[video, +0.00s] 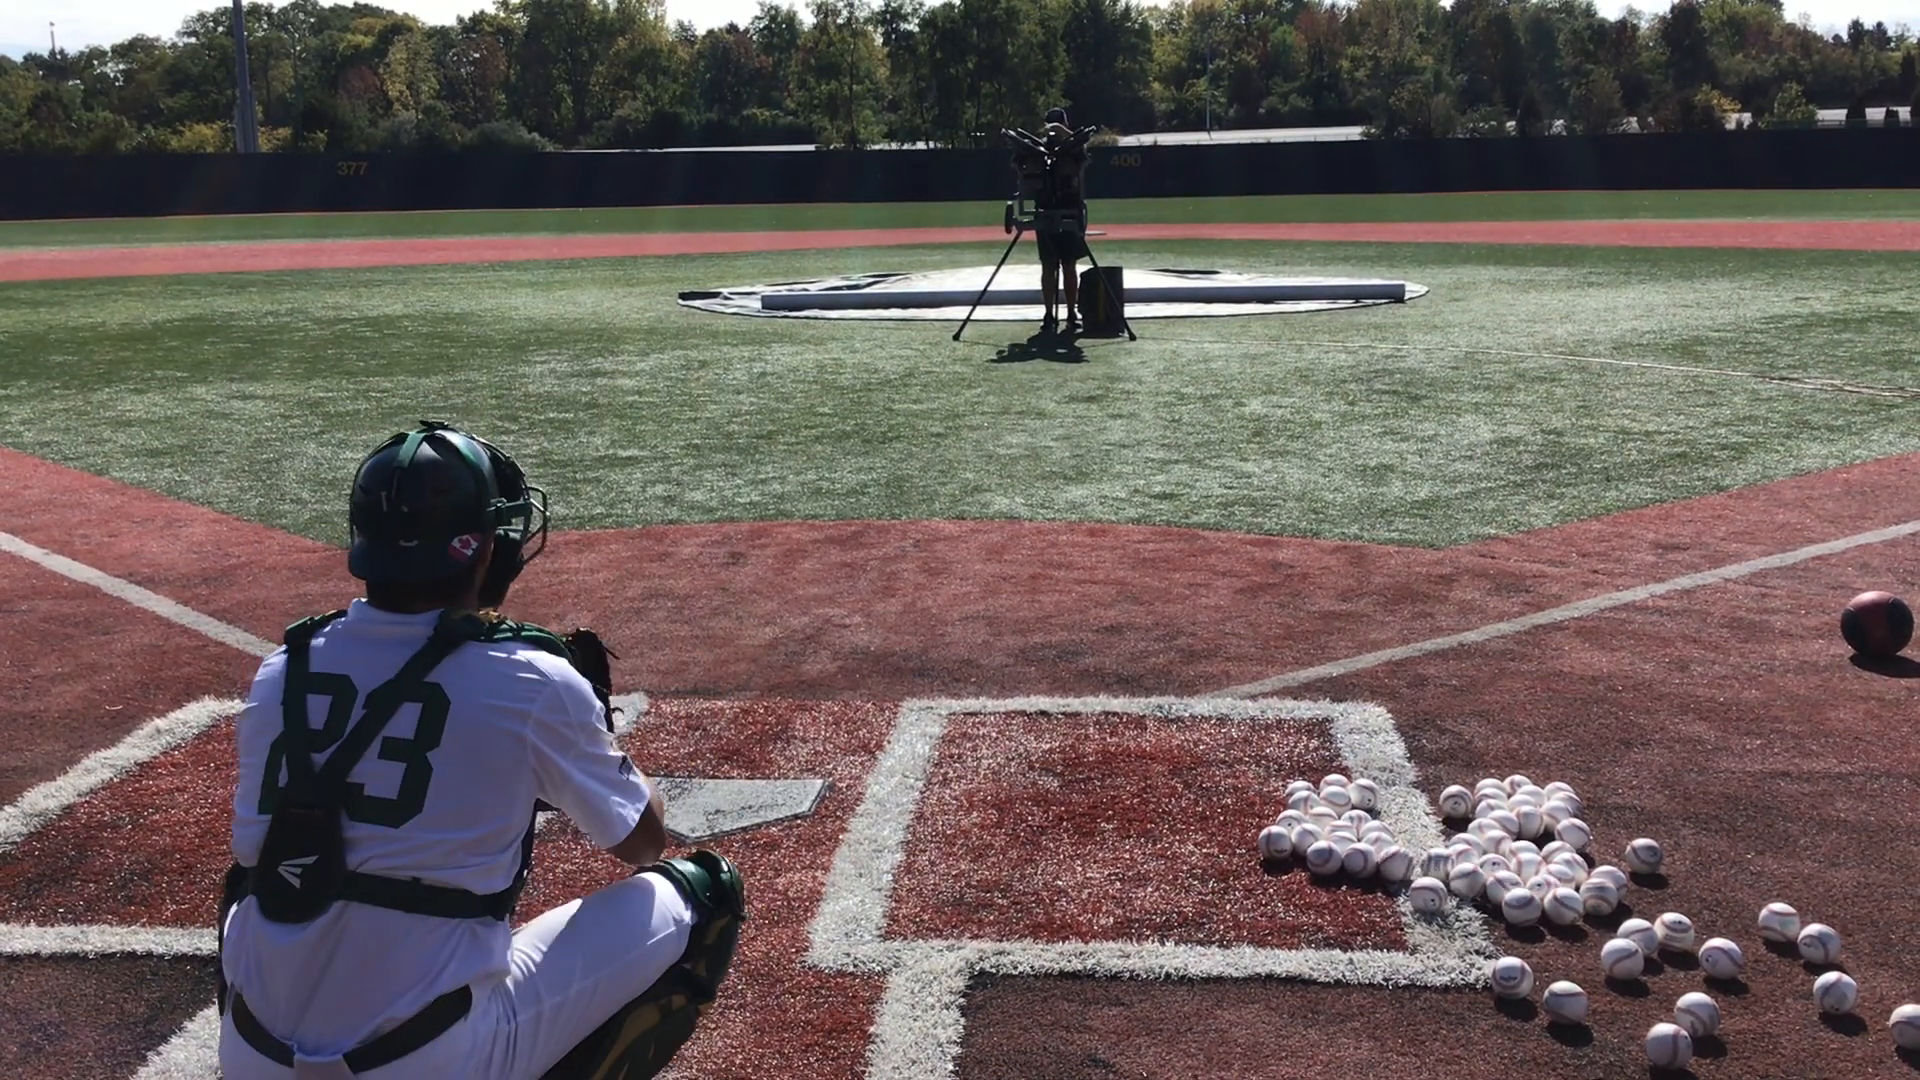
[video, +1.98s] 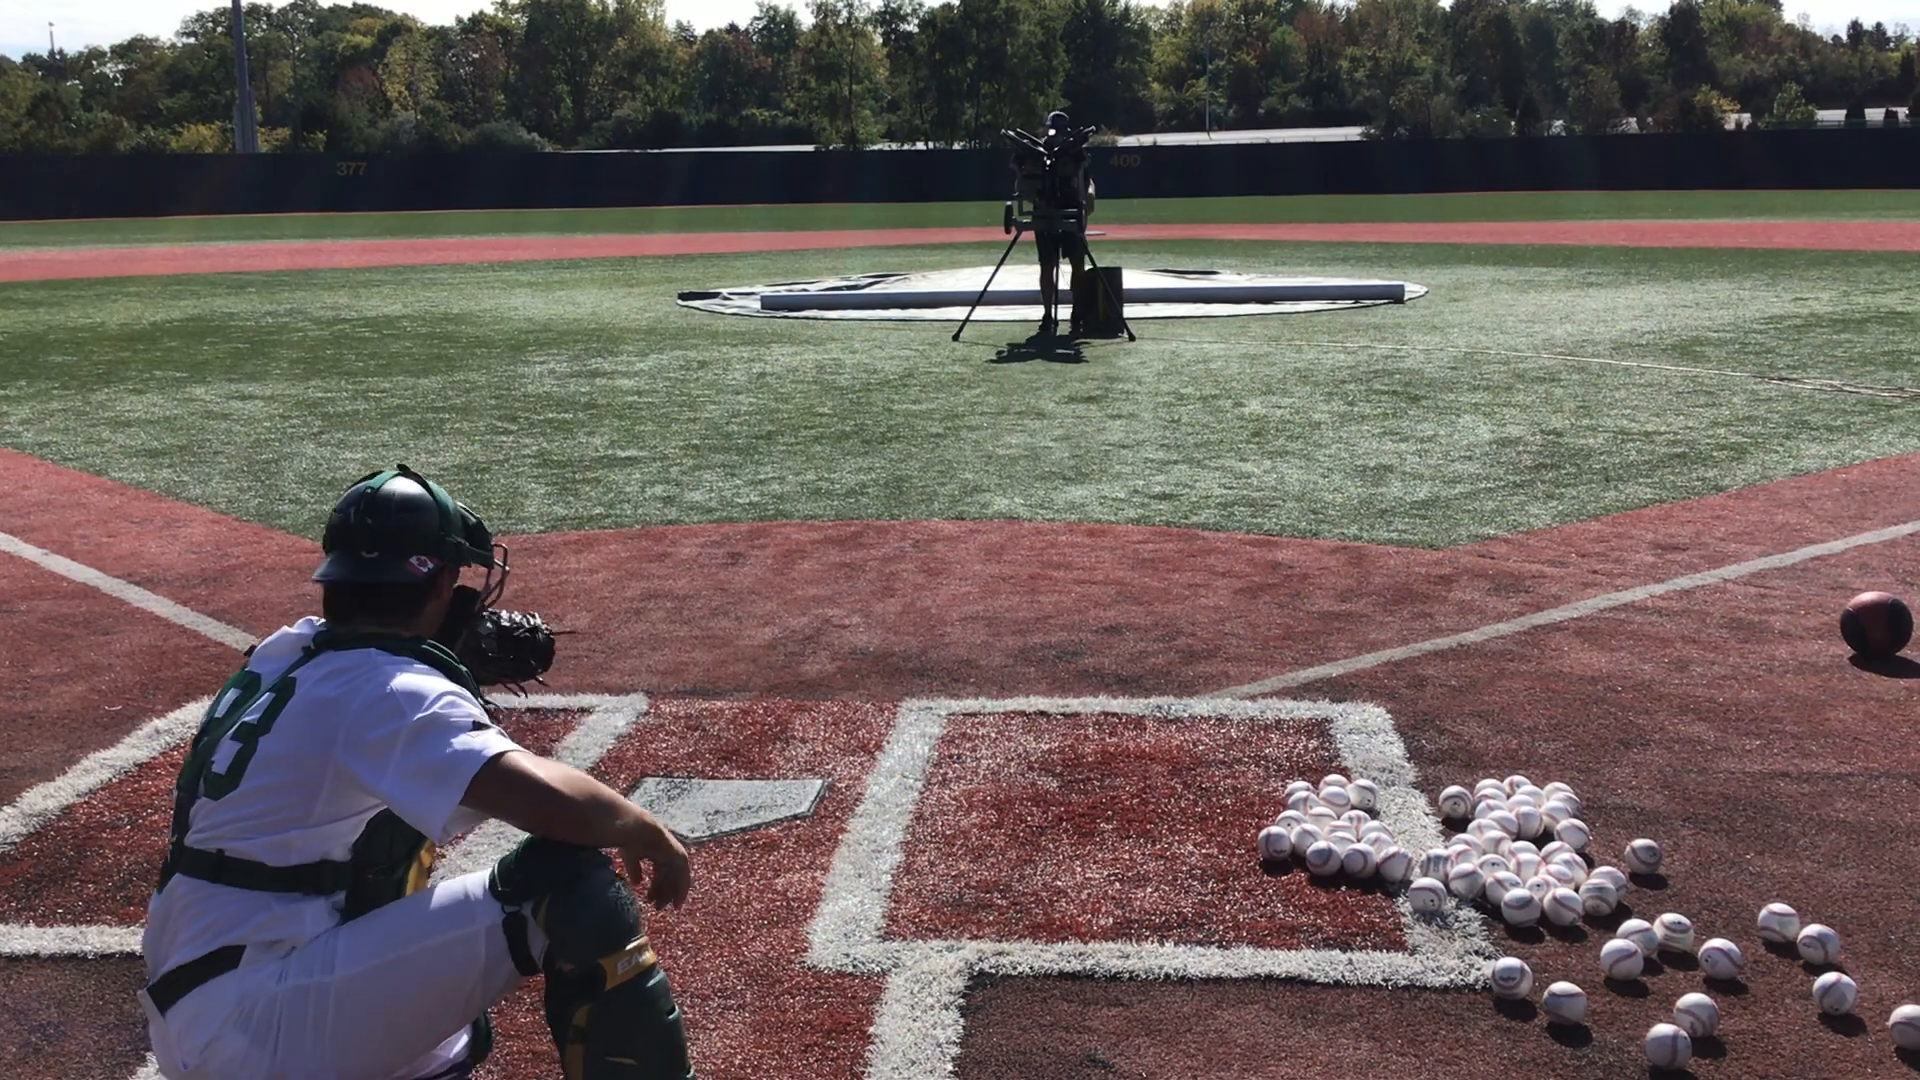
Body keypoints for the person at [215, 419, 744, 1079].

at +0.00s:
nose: (514, 548)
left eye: (510, 530)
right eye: (506, 531)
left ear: (364, 544)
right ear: (477, 556)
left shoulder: (282, 668)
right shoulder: (532, 683)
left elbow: (253, 844)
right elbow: (643, 843)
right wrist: (586, 713)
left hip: (252, 1047)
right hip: (426, 1057)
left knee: (251, 877)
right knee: (706, 891)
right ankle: (584, 1063)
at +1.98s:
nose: (468, 593)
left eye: (466, 577)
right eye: (461, 578)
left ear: (338, 581)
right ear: (435, 589)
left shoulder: (284, 647)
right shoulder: (387, 690)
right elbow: (551, 799)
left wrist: (450, 649)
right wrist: (647, 831)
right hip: (248, 1020)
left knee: (455, 1032)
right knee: (568, 883)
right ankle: (637, 1061)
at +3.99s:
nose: (527, 529)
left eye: (524, 512)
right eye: (520, 514)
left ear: (385, 520)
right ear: (499, 531)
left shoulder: (292, 643)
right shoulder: (546, 656)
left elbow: (260, 826)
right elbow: (624, 857)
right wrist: (556, 806)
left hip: (294, 1032)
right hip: (453, 1041)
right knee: (713, 932)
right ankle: (568, 1070)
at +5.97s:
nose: (537, 541)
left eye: (534, 525)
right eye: (530, 527)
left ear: (402, 533)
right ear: (508, 540)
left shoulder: (325, 619)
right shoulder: (537, 629)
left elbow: (261, 773)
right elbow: (722, 772)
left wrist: (510, 811)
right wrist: (619, 791)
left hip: (222, 968)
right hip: (404, 982)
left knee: (189, 845)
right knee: (691, 863)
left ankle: (167, 1058)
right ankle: (670, 1057)